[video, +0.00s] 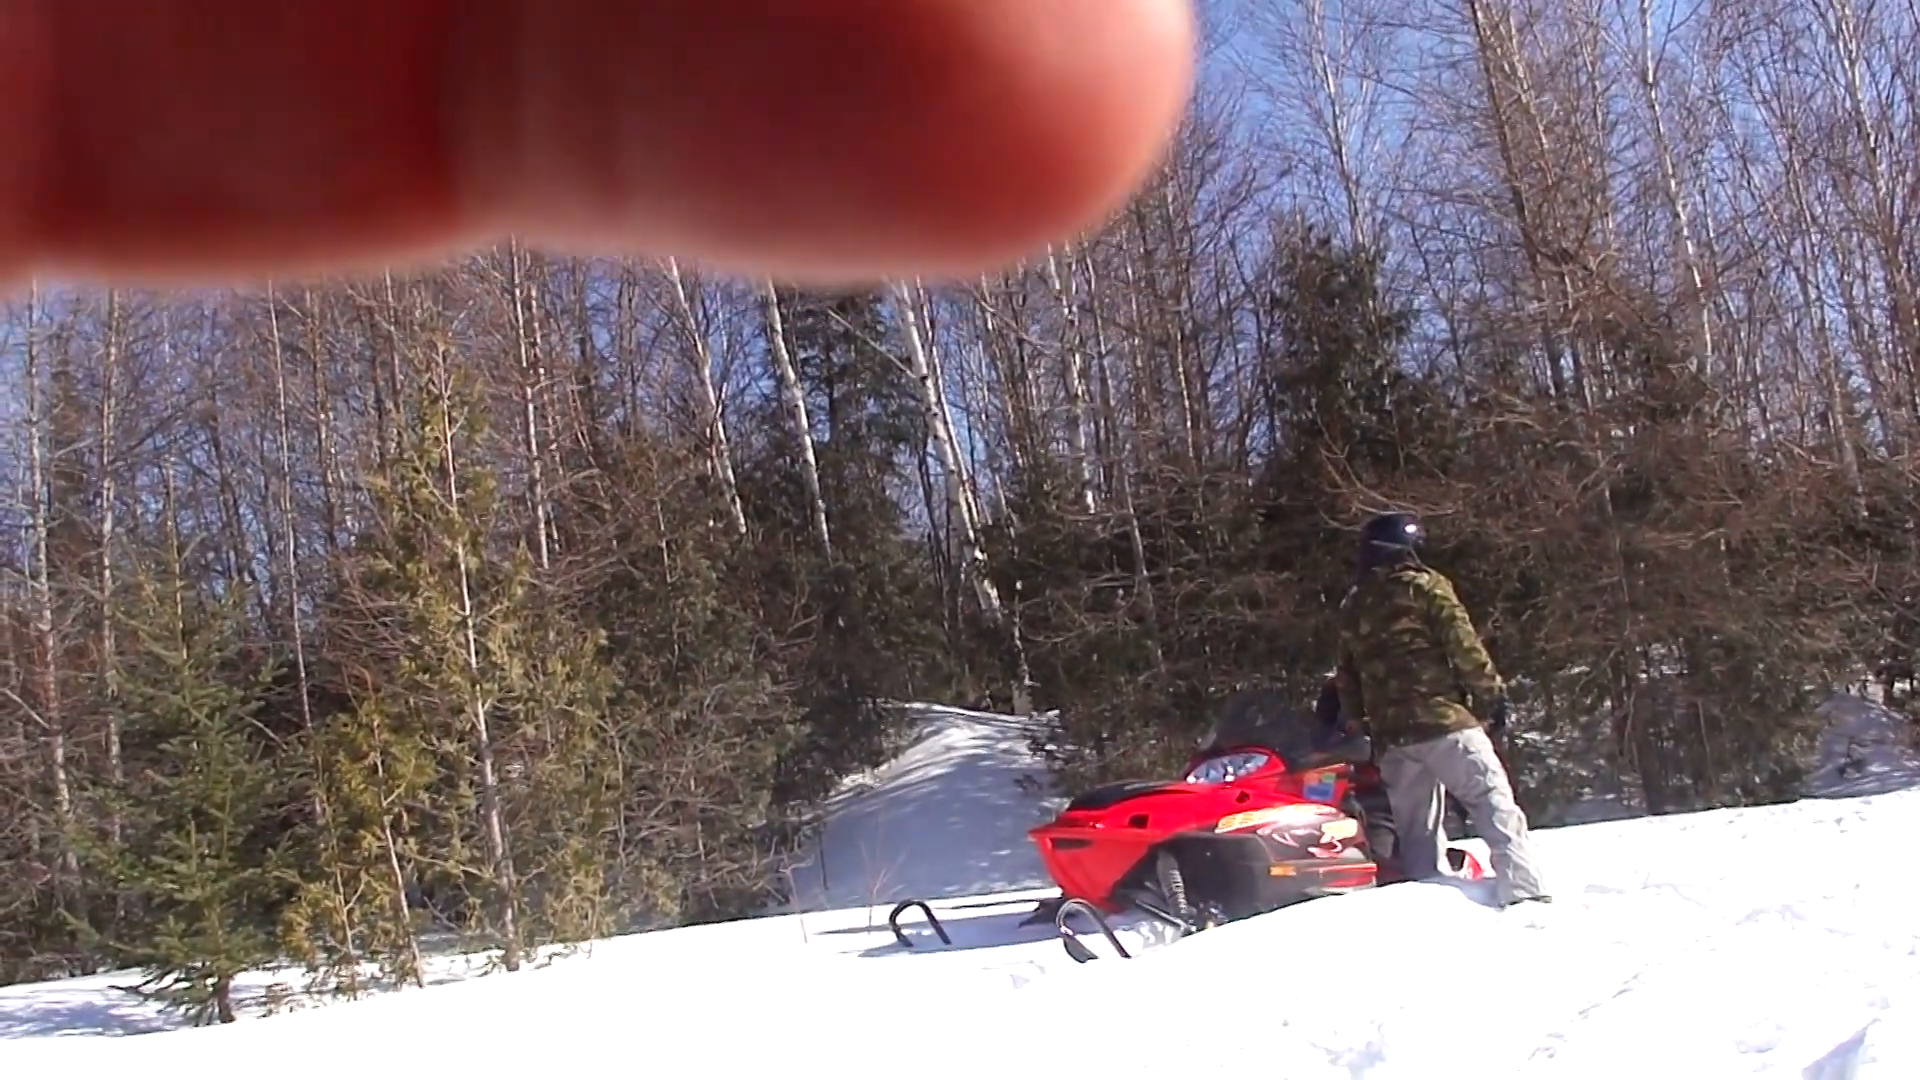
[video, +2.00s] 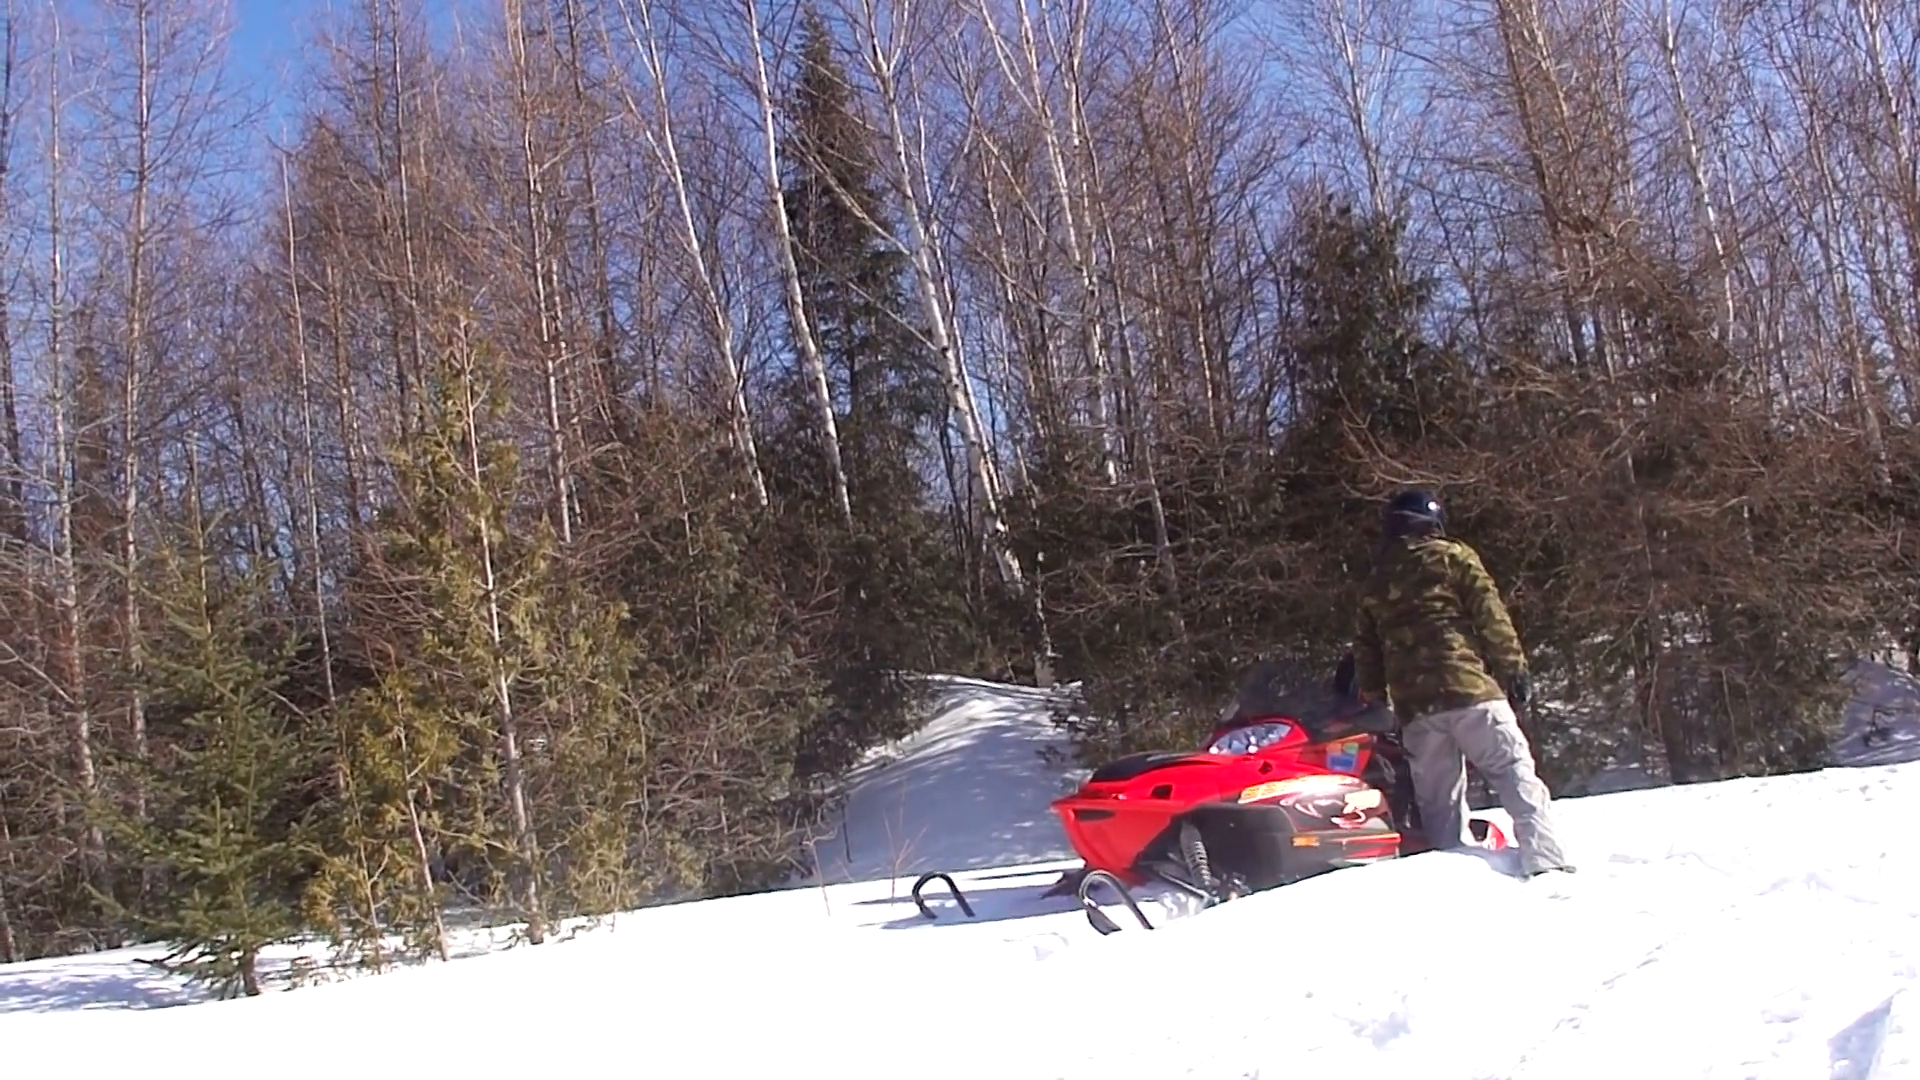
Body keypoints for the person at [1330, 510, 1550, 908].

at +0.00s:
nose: (1420, 551)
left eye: (1417, 546)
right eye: (1416, 545)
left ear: (1369, 552)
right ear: (1408, 547)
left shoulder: (1352, 605)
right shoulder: (1427, 584)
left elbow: (1348, 676)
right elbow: (1463, 647)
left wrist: (1362, 720)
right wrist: (1493, 697)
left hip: (1391, 734)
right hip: (1445, 720)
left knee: (1415, 833)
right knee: (1491, 800)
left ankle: (1426, 910)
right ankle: (1522, 890)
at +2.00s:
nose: (1443, 526)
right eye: (1439, 519)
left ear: (1391, 525)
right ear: (1433, 521)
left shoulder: (1376, 577)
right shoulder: (1453, 554)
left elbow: (1367, 644)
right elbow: (1488, 612)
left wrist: (1373, 691)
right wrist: (1513, 667)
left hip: (1413, 701)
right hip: (1468, 689)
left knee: (1438, 800)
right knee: (1512, 768)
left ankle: (1450, 879)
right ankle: (1543, 858)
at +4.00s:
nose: (1440, 513)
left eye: (1437, 506)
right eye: (1436, 506)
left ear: (1390, 513)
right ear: (1427, 508)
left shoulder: (1372, 566)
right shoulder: (1446, 542)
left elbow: (1366, 639)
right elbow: (1483, 603)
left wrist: (1380, 686)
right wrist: (1516, 654)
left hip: (1415, 699)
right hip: (1470, 684)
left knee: (1442, 800)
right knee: (1518, 760)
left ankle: (1450, 879)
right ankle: (1547, 853)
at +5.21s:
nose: (1477, 556)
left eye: (1481, 552)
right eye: (1478, 548)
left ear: (1438, 523)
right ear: (1468, 531)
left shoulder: (1388, 560)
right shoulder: (1450, 545)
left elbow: (1377, 630)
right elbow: (1472, 610)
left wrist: (1393, 684)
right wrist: (1505, 658)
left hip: (1408, 696)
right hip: (1454, 682)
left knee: (1440, 799)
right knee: (1512, 759)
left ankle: (1449, 873)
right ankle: (1547, 854)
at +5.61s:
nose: (1514, 563)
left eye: (1521, 557)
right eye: (1519, 552)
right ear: (1507, 532)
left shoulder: (1429, 548)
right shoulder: (1470, 540)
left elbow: (1416, 618)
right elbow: (1474, 602)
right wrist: (1503, 656)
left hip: (1422, 687)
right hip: (1462, 677)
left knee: (1453, 787)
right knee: (1533, 748)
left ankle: (1459, 867)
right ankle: (1562, 848)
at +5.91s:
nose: (1569, 554)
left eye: (1574, 547)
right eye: (1571, 543)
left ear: (1545, 525)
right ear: (1554, 528)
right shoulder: (1513, 543)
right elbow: (1507, 612)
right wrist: (1528, 677)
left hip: (1461, 681)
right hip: (1494, 678)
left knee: (1474, 776)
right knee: (1561, 750)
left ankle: (1467, 858)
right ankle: (1593, 847)